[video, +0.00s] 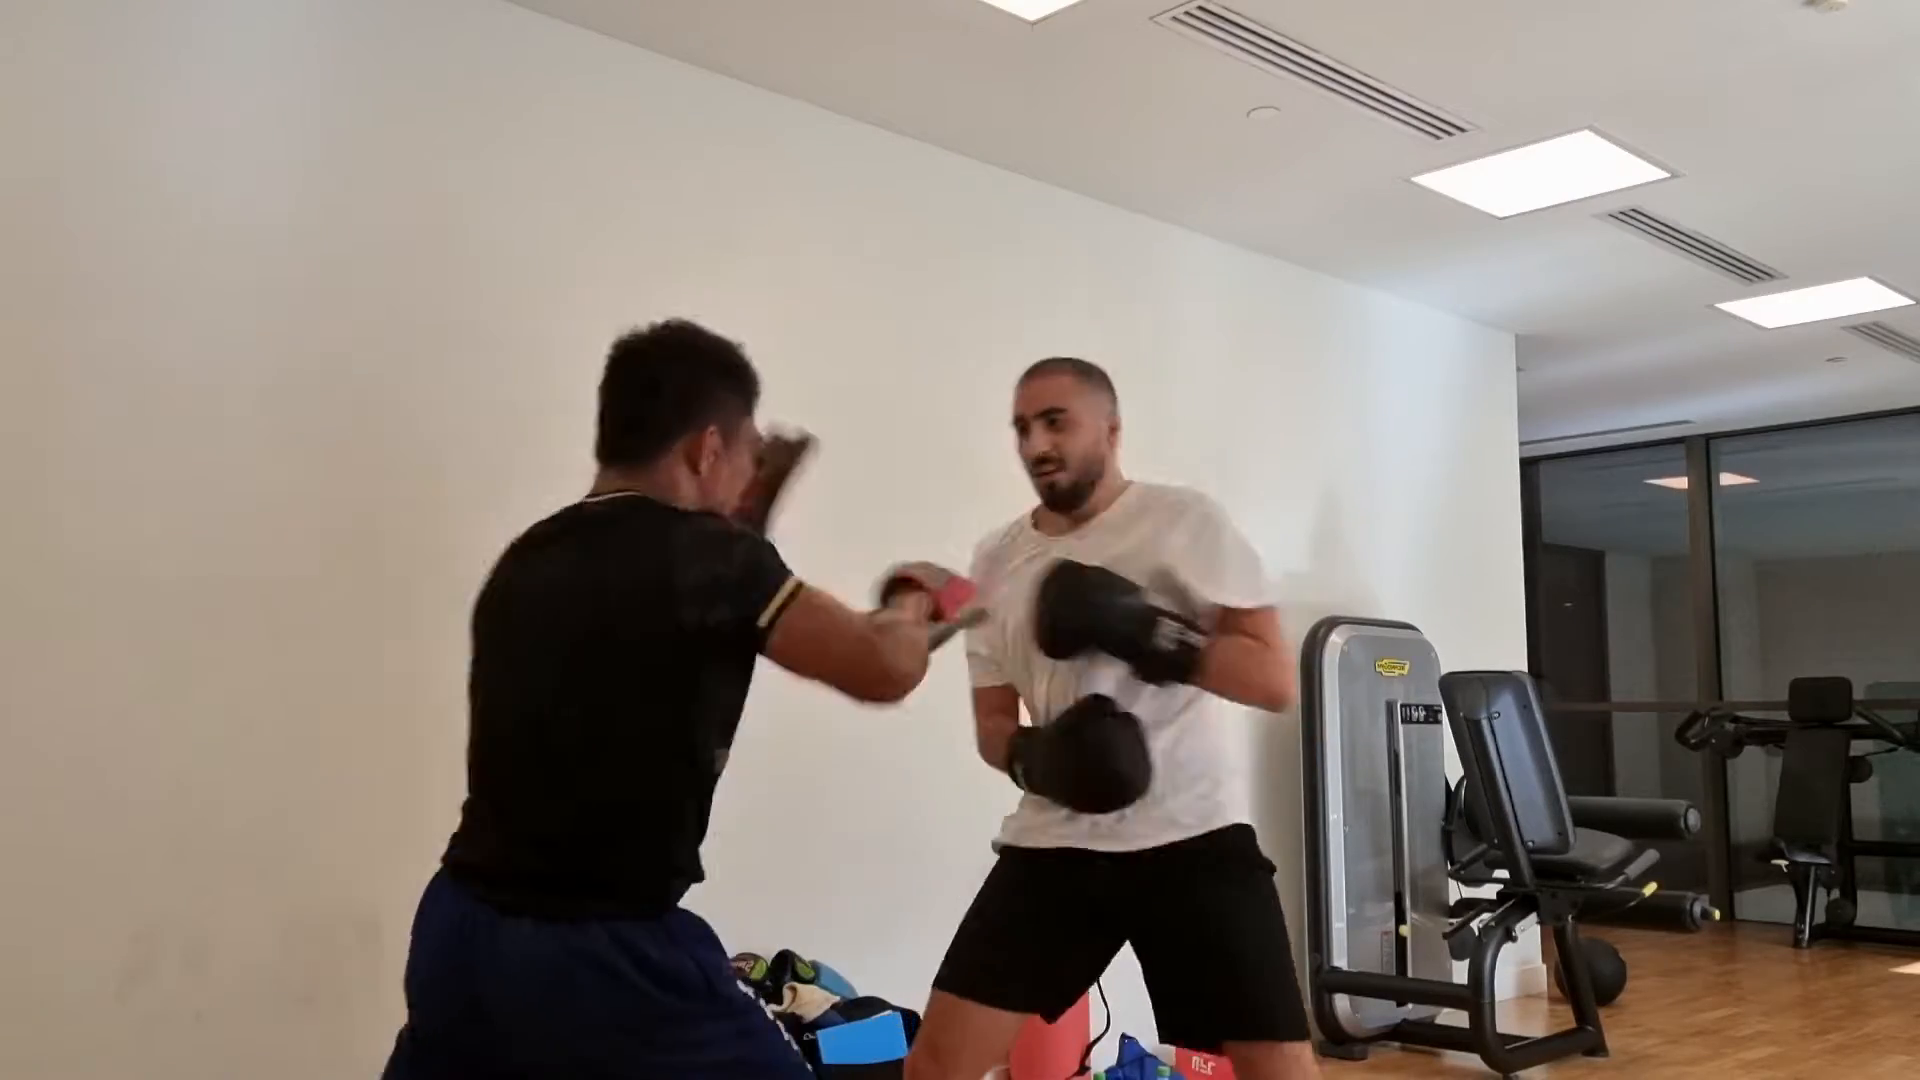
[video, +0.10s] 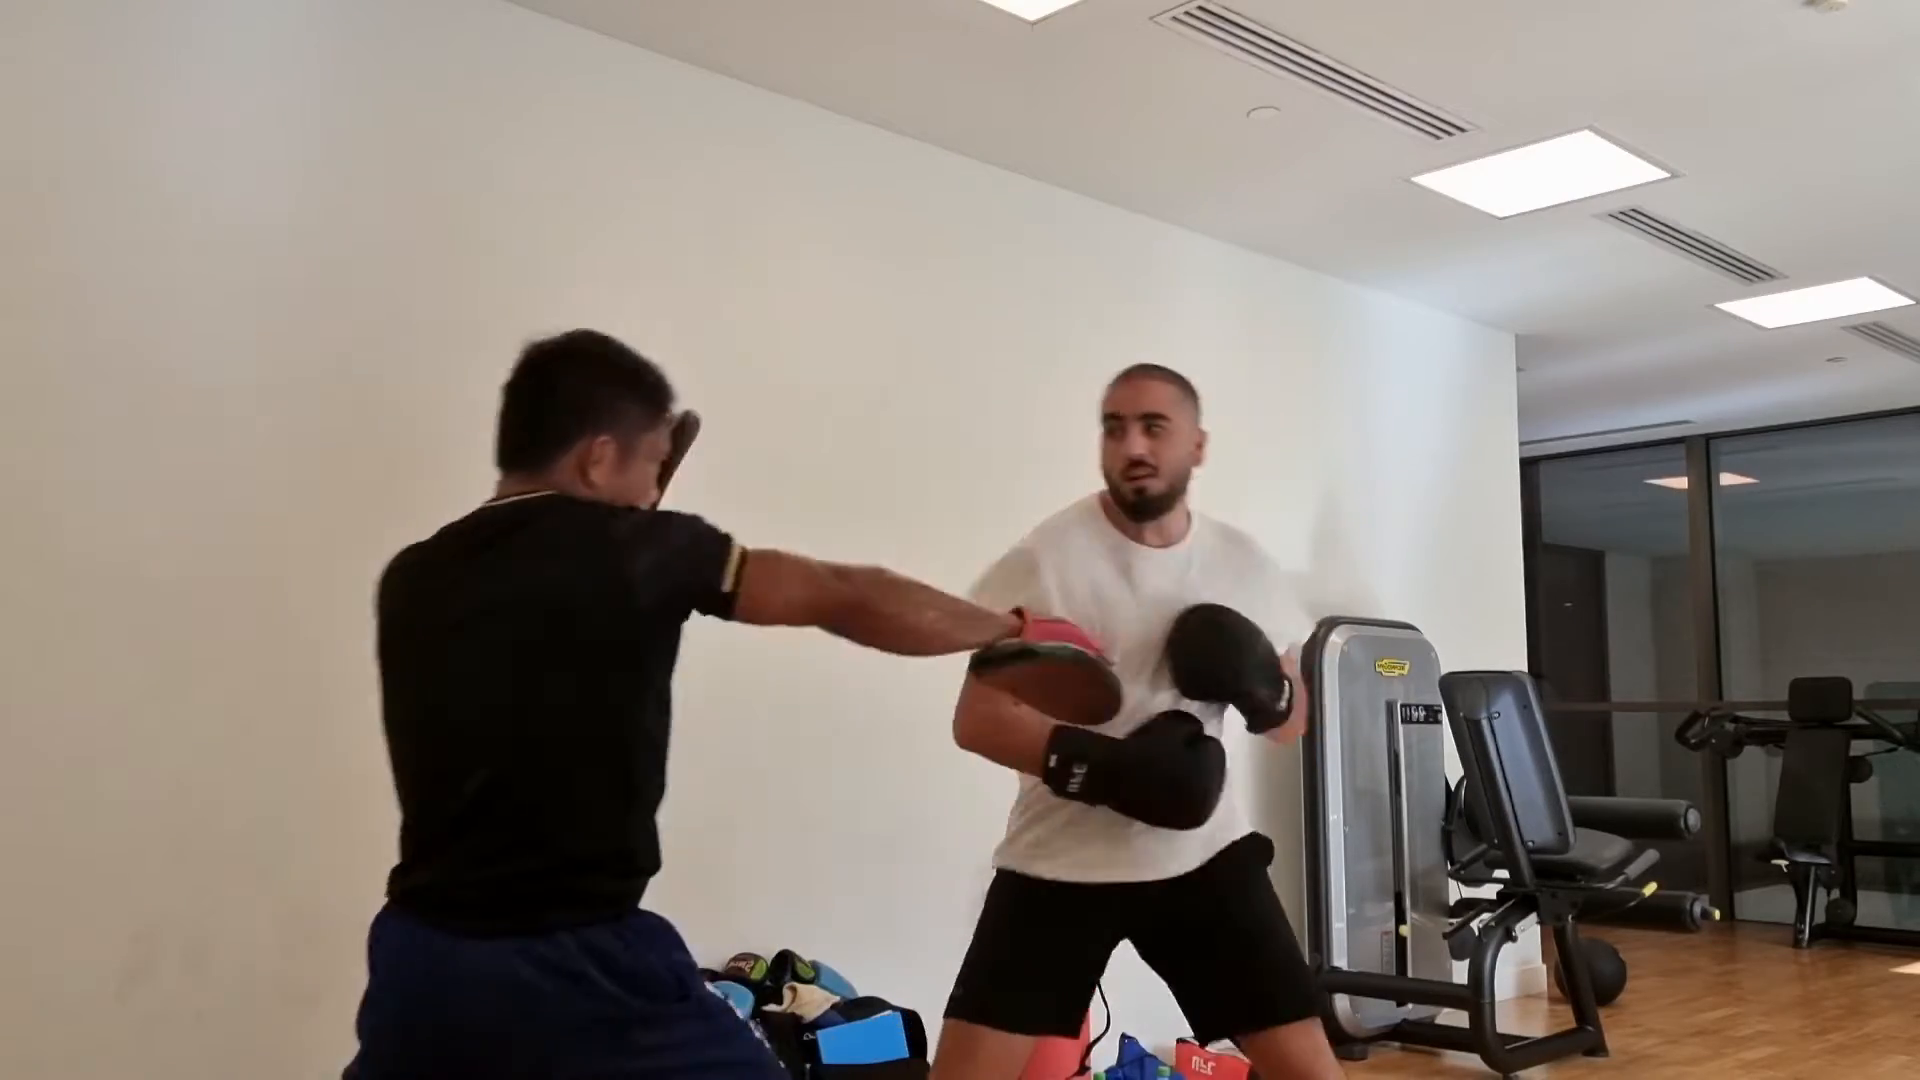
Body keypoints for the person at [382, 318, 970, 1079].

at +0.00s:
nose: (745, 482)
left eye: (754, 466)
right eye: (747, 461)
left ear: (614, 436)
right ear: (706, 449)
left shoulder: (523, 559)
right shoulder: (707, 555)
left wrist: (738, 527)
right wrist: (912, 600)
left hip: (463, 941)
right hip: (622, 958)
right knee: (777, 1063)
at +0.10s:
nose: (655, 494)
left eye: (662, 472)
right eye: (653, 469)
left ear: (514, 452)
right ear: (596, 457)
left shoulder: (409, 575)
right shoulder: (637, 546)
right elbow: (842, 596)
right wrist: (1001, 626)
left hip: (423, 972)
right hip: (596, 973)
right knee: (754, 1066)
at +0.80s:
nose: (793, 461)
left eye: (798, 437)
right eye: (793, 434)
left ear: (662, 419)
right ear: (748, 431)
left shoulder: (568, 544)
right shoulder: (704, 544)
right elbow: (799, 729)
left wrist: (892, 655)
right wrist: (923, 635)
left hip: (509, 929)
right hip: (651, 947)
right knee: (816, 1065)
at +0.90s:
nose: (810, 493)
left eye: (815, 470)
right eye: (809, 467)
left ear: (677, 445)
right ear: (762, 464)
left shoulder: (581, 559)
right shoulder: (693, 565)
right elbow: (709, 765)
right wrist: (877, 711)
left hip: (509, 943)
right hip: (636, 966)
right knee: (815, 1063)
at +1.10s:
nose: (615, 438)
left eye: (617, 415)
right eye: (610, 415)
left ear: (468, 415)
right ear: (557, 417)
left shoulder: (350, 565)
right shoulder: (601, 525)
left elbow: (345, 774)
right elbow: (649, 695)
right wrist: (693, 754)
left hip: (392, 965)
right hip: (572, 963)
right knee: (701, 1057)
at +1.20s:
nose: (519, 427)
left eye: (522, 402)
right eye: (514, 400)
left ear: (368, 400)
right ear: (455, 395)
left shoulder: (243, 542)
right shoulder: (500, 504)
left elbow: (241, 732)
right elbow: (561, 699)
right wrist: (579, 742)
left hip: (279, 950)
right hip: (466, 945)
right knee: (632, 1061)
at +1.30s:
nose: (458, 413)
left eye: (461, 385)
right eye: (453, 382)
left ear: (300, 378)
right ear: (388, 372)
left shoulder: (166, 517)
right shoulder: (428, 481)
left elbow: (195, 711)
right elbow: (469, 679)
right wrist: (511, 726)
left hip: (202, 937)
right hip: (398, 926)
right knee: (570, 1061)